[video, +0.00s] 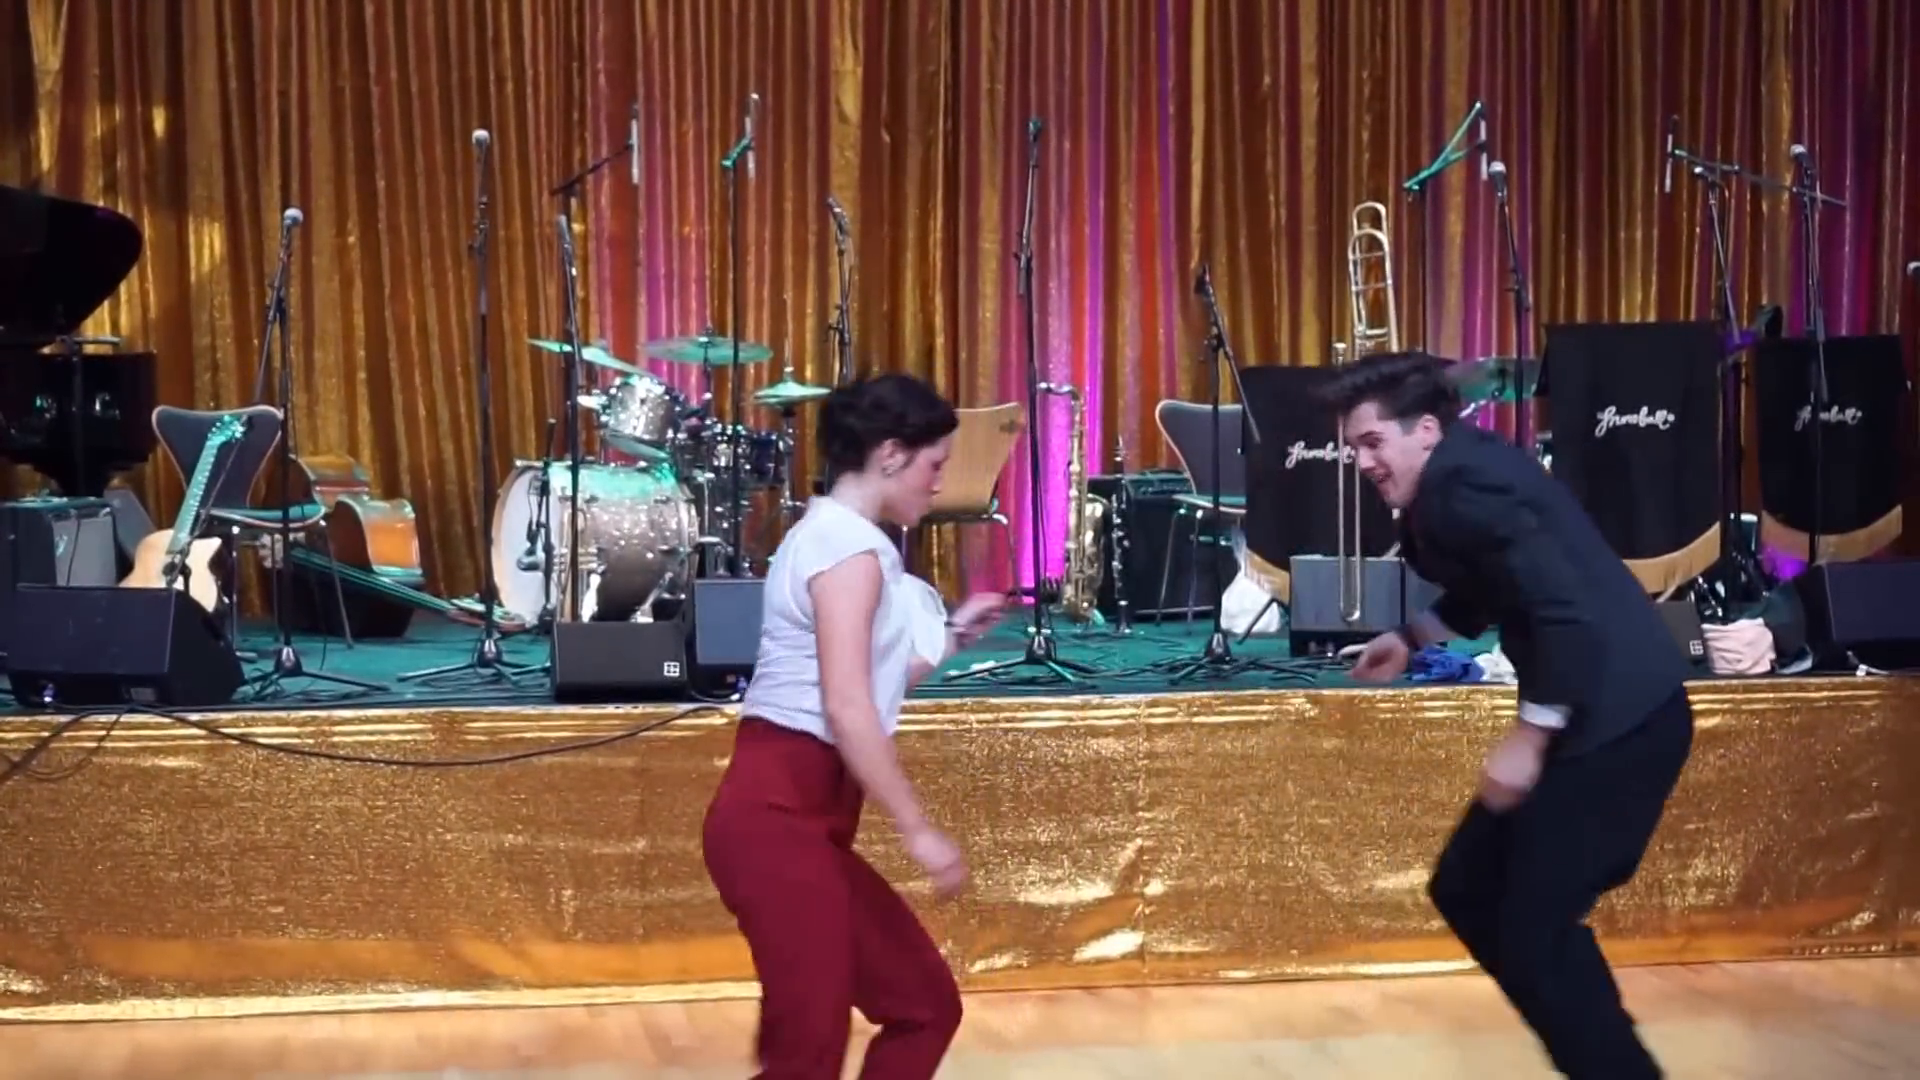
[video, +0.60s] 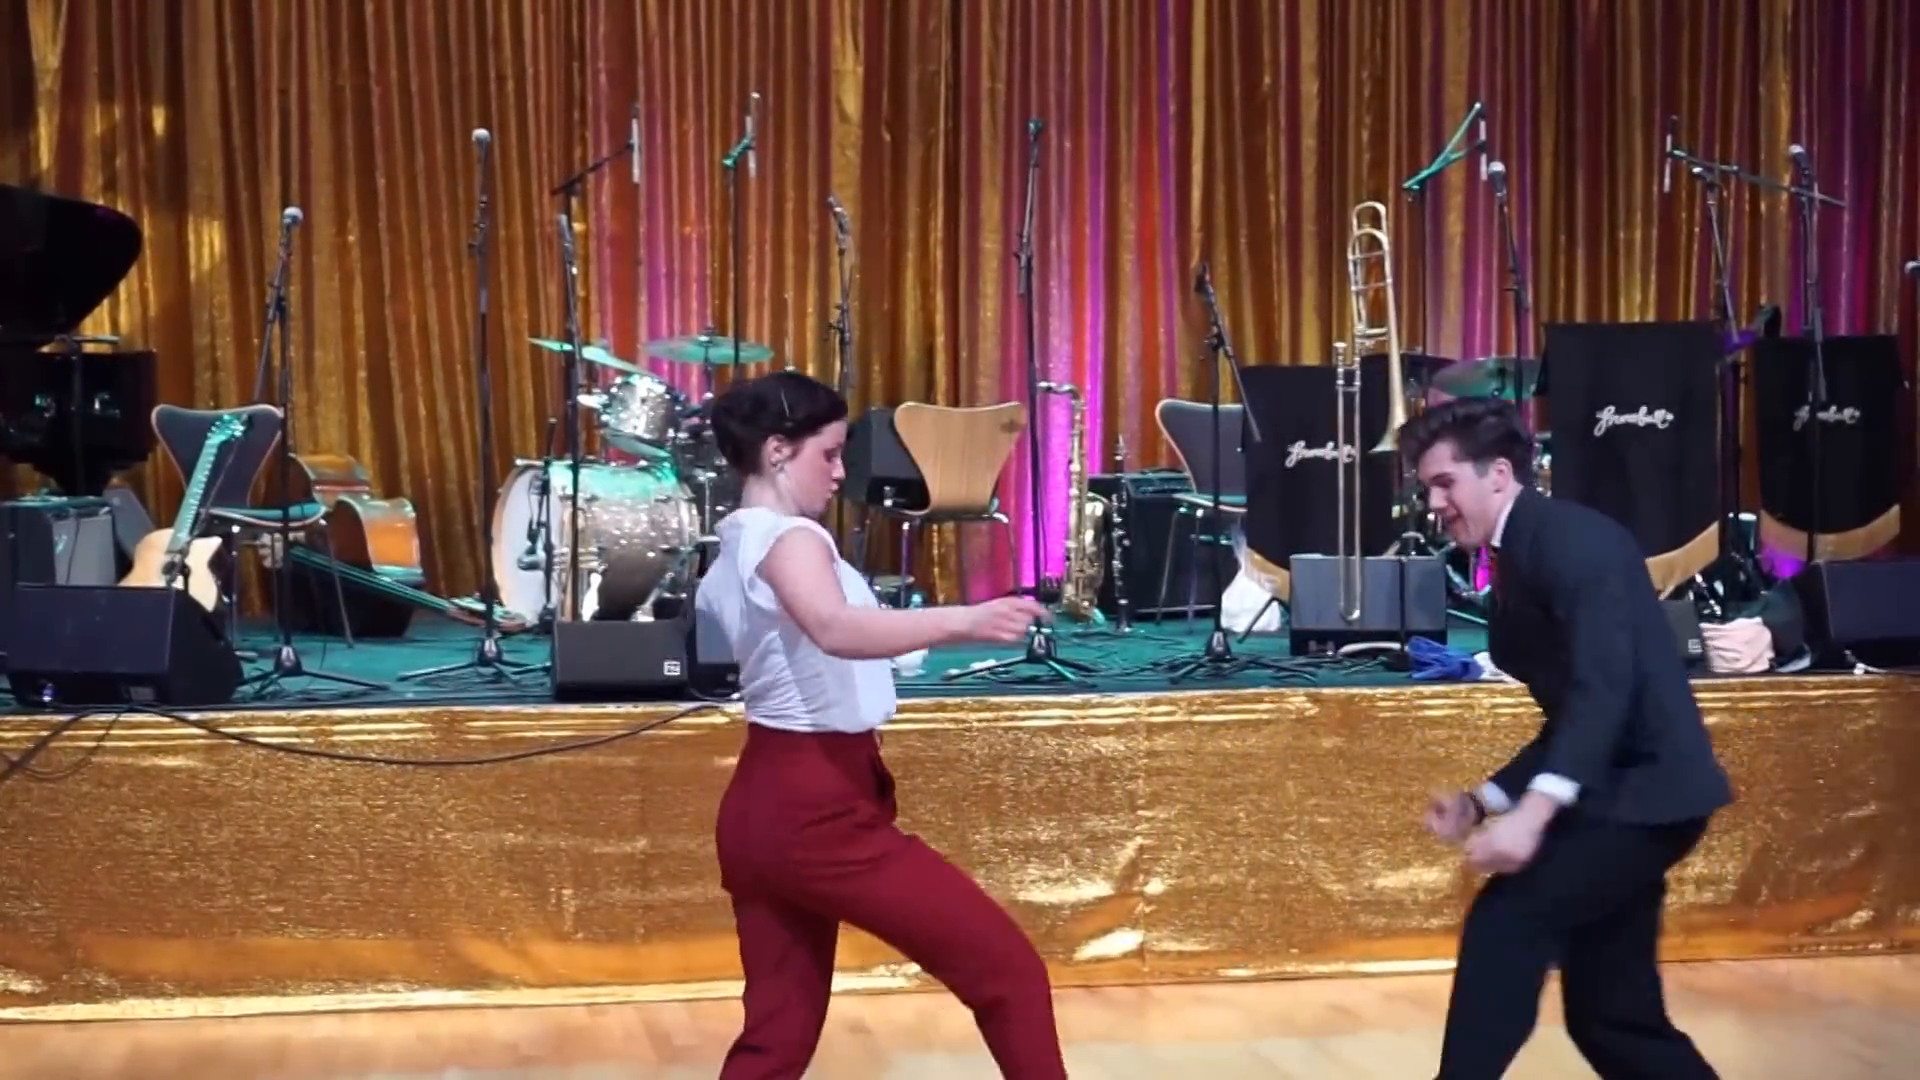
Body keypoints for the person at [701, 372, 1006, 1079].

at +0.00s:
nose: (939, 485)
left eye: (942, 469)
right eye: (935, 467)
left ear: (887, 457)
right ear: (890, 458)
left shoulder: (845, 538)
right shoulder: (848, 545)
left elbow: (872, 683)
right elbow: (846, 705)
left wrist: (948, 633)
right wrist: (918, 829)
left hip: (807, 827)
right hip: (772, 826)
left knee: (926, 1006)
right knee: (806, 1051)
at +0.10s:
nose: (890, 509)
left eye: (895, 494)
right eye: (885, 491)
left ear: (829, 481)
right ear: (835, 481)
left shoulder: (758, 566)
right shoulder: (826, 570)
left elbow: (758, 708)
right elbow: (792, 703)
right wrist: (783, 848)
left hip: (747, 810)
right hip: (794, 818)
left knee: (865, 1045)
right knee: (754, 1054)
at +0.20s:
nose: (853, 510)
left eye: (858, 494)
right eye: (847, 490)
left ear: (793, 476)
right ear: (798, 475)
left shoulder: (739, 554)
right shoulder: (800, 545)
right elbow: (747, 641)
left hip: (746, 800)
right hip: (791, 811)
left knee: (776, 1035)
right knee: (802, 1037)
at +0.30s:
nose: (830, 502)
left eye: (834, 486)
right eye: (823, 483)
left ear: (769, 471)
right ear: (772, 470)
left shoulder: (731, 534)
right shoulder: (774, 522)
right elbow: (725, 600)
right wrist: (710, 677)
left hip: (723, 823)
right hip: (771, 830)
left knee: (767, 1050)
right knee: (907, 1041)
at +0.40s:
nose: (815, 513)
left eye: (818, 495)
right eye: (808, 491)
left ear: (752, 484)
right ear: (757, 481)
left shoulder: (715, 553)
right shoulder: (761, 531)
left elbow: (735, 678)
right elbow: (756, 584)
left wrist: (827, 715)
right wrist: (757, 629)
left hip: (719, 835)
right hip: (774, 841)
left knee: (752, 1054)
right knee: (933, 1012)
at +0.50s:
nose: (818, 499)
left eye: (820, 483)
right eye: (810, 478)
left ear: (753, 473)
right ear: (756, 468)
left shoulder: (721, 551)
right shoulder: (768, 533)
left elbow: (746, 685)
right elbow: (788, 607)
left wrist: (848, 702)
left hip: (736, 831)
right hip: (789, 836)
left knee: (756, 1046)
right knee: (964, 1008)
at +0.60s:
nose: (840, 472)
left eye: (840, 455)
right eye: (830, 454)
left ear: (774, 454)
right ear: (775, 452)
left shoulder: (739, 544)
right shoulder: (790, 538)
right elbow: (836, 630)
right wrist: (966, 620)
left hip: (765, 813)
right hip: (816, 814)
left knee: (775, 1040)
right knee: (1010, 973)